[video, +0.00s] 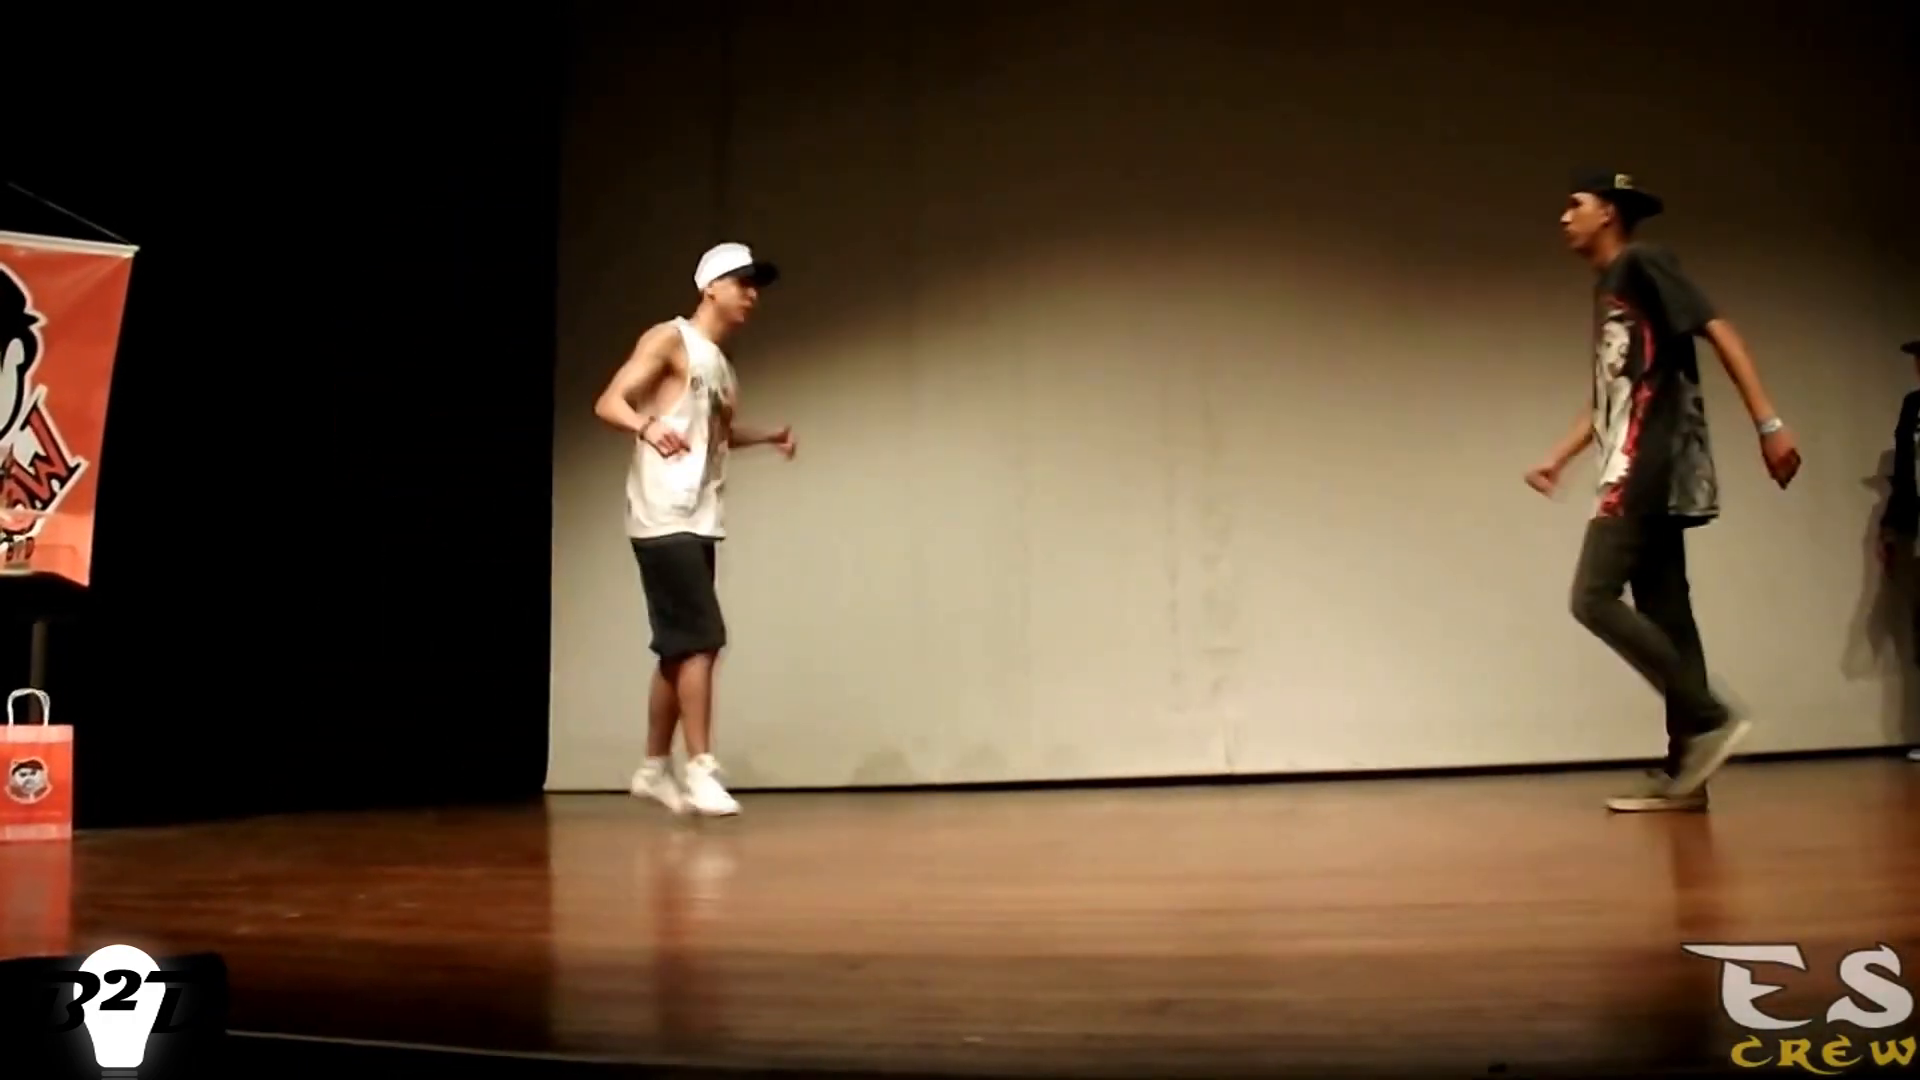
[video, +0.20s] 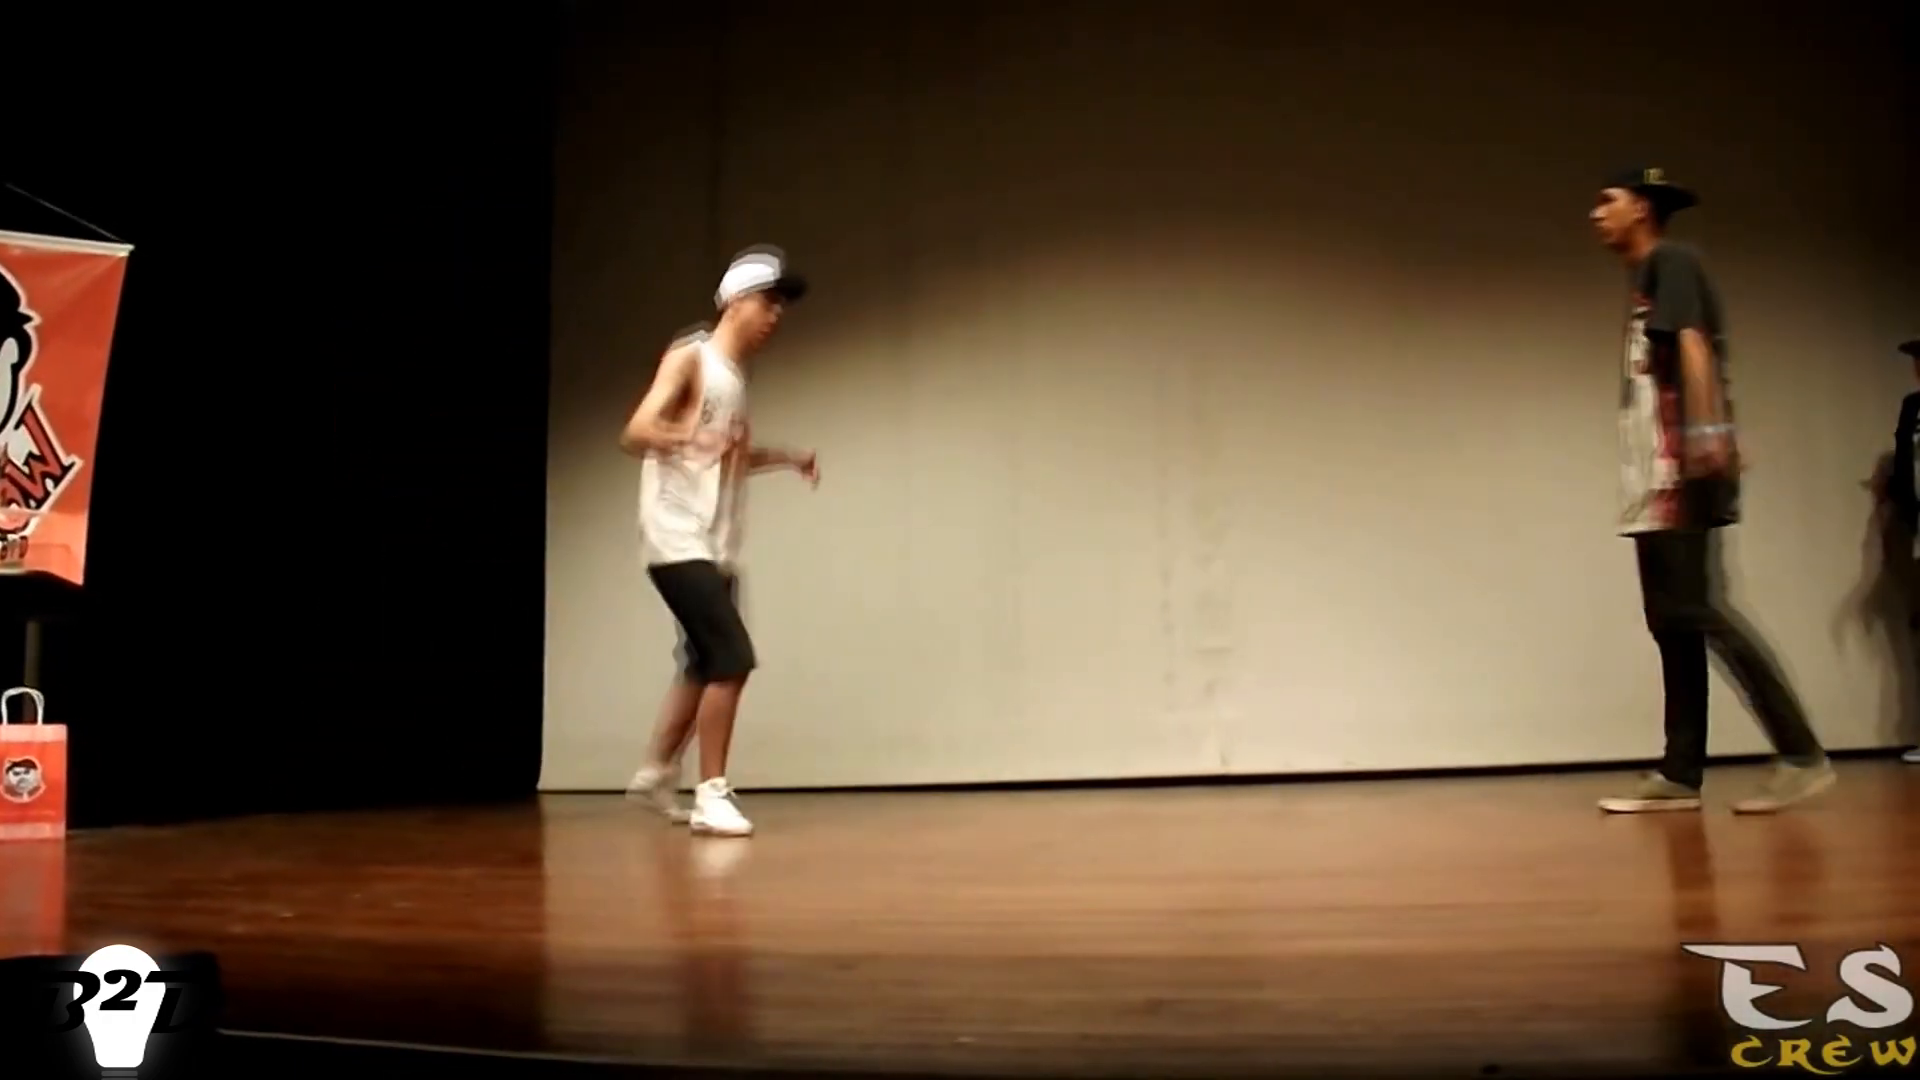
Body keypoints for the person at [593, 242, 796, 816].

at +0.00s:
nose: (752, 294)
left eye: (754, 285)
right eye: (741, 283)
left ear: (743, 294)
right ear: (709, 287)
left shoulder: (719, 366)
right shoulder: (667, 340)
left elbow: (717, 436)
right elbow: (609, 402)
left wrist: (769, 436)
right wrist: (646, 427)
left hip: (698, 522)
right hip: (663, 521)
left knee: (680, 649)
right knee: (702, 638)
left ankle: (653, 768)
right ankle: (698, 767)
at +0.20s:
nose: (776, 317)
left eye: (779, 306)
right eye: (767, 304)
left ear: (762, 309)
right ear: (734, 302)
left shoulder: (733, 374)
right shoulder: (688, 357)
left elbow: (730, 456)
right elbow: (637, 428)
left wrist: (789, 457)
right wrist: (692, 438)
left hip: (716, 546)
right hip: (676, 543)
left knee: (703, 663)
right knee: (732, 658)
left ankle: (653, 775)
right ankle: (711, 793)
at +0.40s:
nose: (808, 274)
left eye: (811, 264)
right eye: (799, 260)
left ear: (791, 268)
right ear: (762, 257)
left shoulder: (765, 335)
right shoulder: (712, 311)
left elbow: (754, 417)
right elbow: (671, 382)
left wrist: (816, 431)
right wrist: (756, 373)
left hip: (754, 521)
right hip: (693, 522)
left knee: (789, 644)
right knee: (703, 662)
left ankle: (785, 783)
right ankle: (701, 789)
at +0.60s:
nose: (838, 302)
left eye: (841, 290)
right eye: (829, 287)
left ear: (820, 290)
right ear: (791, 281)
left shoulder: (801, 371)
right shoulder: (734, 334)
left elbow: (803, 470)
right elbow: (706, 413)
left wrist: (869, 466)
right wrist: (771, 433)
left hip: (791, 544)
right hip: (723, 552)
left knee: (844, 658)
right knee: (742, 697)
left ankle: (859, 800)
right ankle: (713, 772)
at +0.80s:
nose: (835, 264)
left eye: (841, 253)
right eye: (826, 247)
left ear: (822, 253)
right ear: (787, 236)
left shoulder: (779, 331)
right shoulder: (724, 282)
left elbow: (779, 413)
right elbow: (668, 364)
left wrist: (828, 423)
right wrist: (719, 437)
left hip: (746, 499)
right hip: (681, 483)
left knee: (791, 634)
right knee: (729, 610)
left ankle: (819, 788)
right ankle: (676, 773)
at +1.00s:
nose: (782, 277)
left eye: (787, 266)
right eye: (772, 260)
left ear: (772, 272)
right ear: (732, 255)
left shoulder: (735, 346)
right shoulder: (677, 312)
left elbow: (719, 445)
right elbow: (627, 402)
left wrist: (792, 448)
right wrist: (663, 476)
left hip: (679, 530)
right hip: (632, 515)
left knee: (742, 673)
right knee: (649, 661)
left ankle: (650, 801)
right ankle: (571, 815)